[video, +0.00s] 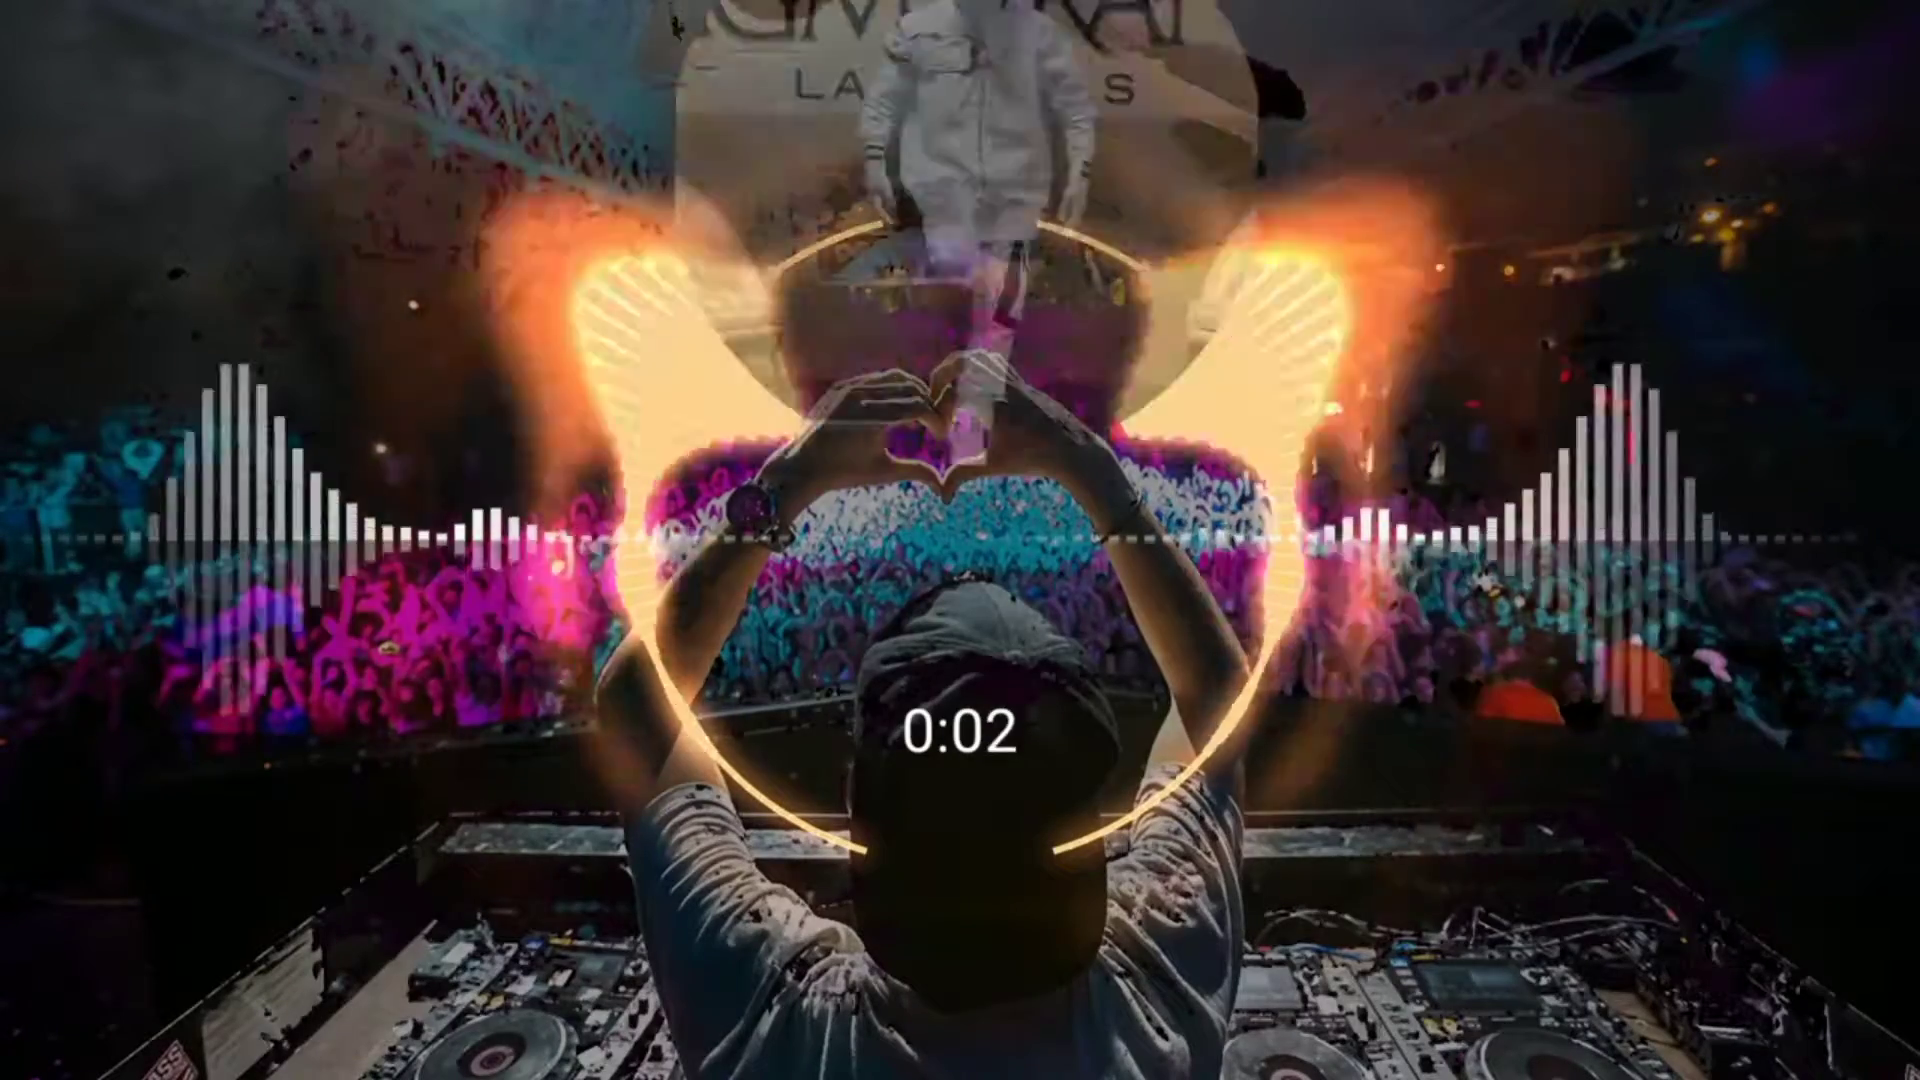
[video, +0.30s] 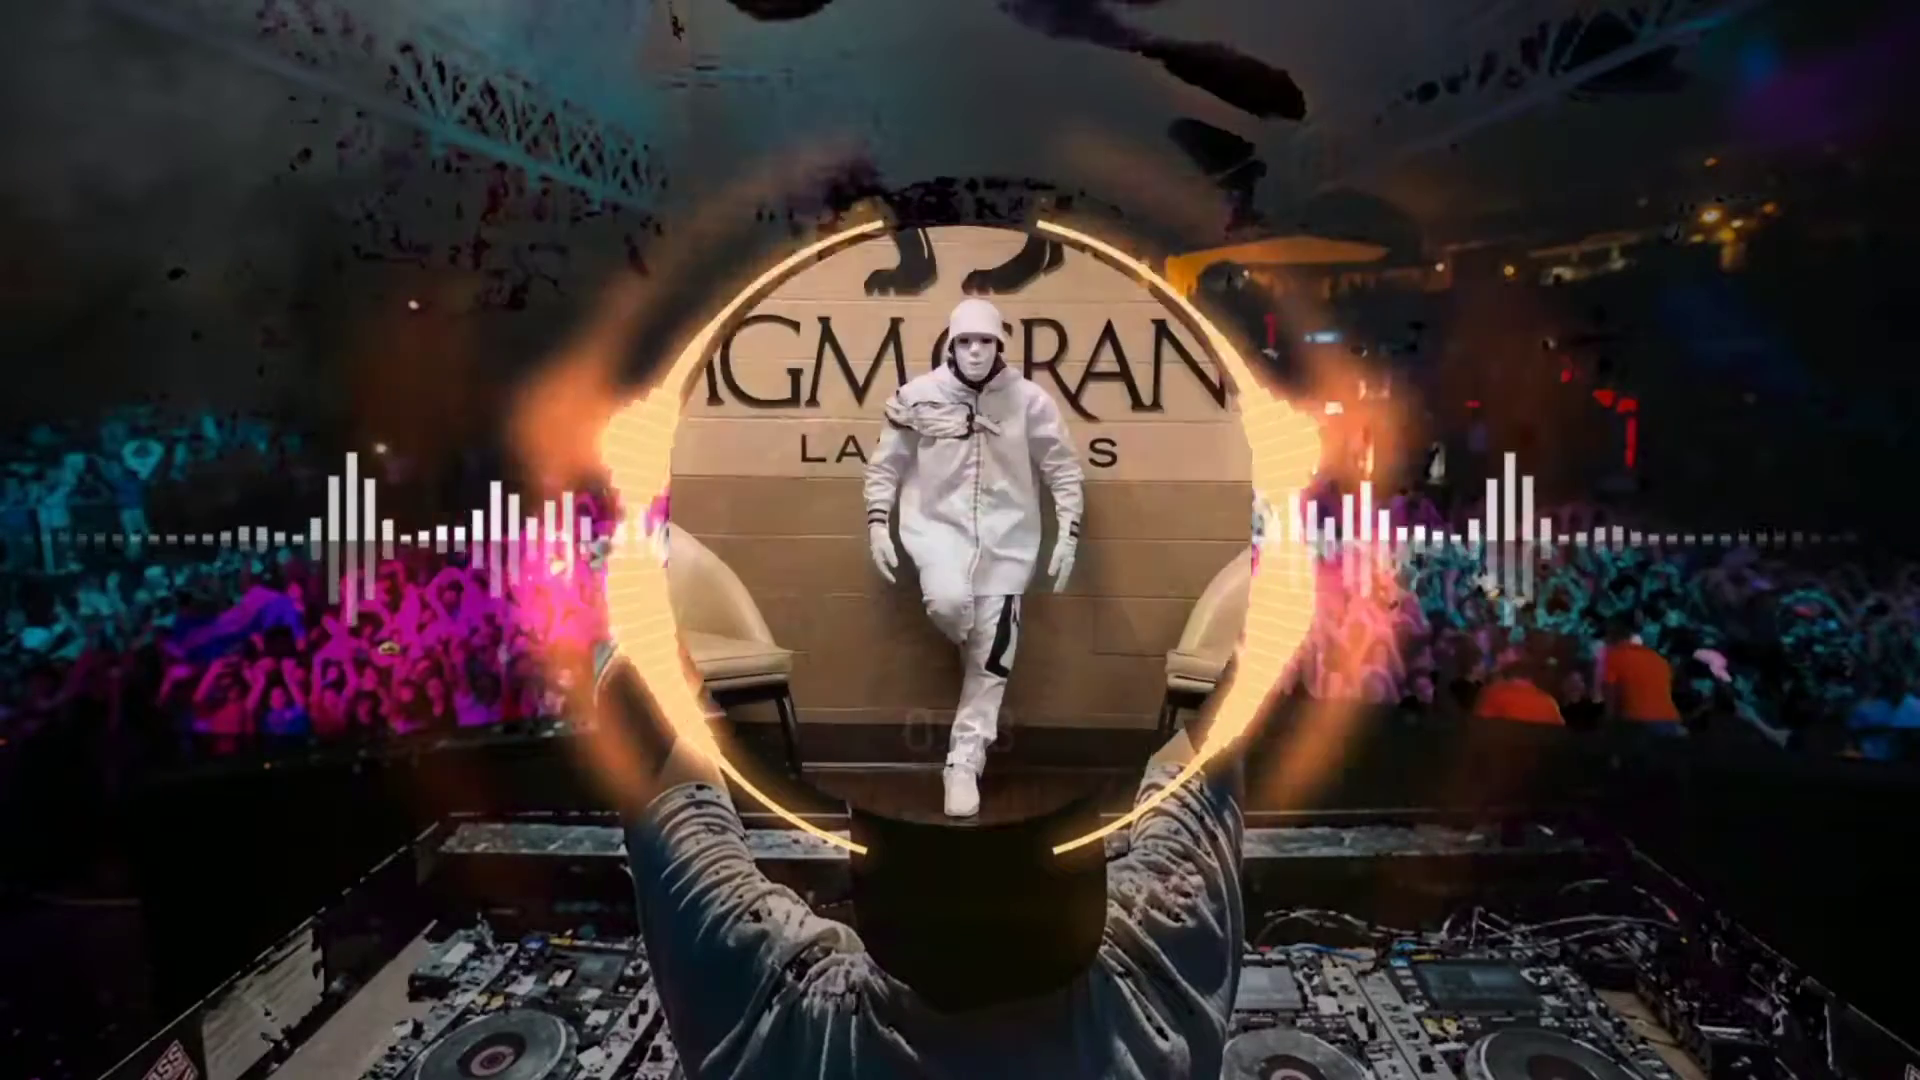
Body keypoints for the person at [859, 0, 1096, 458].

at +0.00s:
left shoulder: (1038, 30)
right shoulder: (919, 26)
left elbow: (1077, 110)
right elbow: (882, 101)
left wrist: (1077, 178)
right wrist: (876, 167)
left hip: (1017, 189)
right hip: (939, 186)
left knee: (999, 310)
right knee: (957, 300)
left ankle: (972, 419)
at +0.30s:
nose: (976, 352)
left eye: (985, 343)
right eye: (966, 342)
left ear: (999, 348)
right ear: (951, 346)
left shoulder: (1030, 401)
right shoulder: (917, 398)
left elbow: (1063, 471)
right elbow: (885, 467)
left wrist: (1068, 535)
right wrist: (879, 525)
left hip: (1007, 537)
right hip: (938, 531)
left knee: (992, 654)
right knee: (947, 606)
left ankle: (964, 766)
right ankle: (980, 649)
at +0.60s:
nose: (969, 370)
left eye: (978, 361)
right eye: (960, 361)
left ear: (991, 366)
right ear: (945, 366)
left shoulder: (1019, 418)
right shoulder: (932, 416)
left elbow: (1040, 492)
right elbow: (914, 410)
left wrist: (1037, 557)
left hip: (999, 544)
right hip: (943, 536)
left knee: (987, 658)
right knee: (945, 610)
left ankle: (963, 760)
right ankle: (975, 644)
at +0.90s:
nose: (954, 382)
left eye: (958, 371)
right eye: (945, 377)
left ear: (970, 369)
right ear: (934, 383)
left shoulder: (1005, 412)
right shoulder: (929, 419)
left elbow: (1026, 480)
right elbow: (915, 369)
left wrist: (1027, 538)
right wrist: (932, 333)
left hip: (998, 541)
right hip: (949, 538)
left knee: (985, 649)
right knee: (952, 605)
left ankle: (963, 744)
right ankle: (968, 642)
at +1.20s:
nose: (947, 351)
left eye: (955, 342)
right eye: (937, 344)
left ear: (969, 346)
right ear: (924, 351)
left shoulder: (1002, 399)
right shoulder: (910, 394)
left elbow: (1024, 476)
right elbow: (948, 428)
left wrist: (1029, 542)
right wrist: (1004, 396)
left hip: (993, 539)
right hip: (938, 537)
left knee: (982, 654)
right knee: (943, 624)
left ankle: (963, 754)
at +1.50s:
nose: (954, 338)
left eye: (964, 329)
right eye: (945, 329)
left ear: (979, 335)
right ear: (931, 334)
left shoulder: (1004, 384)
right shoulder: (906, 373)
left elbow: (1021, 459)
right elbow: (862, 402)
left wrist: (974, 429)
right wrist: (926, 404)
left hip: (983, 547)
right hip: (921, 542)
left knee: (971, 666)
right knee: (923, 636)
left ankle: (953, 767)